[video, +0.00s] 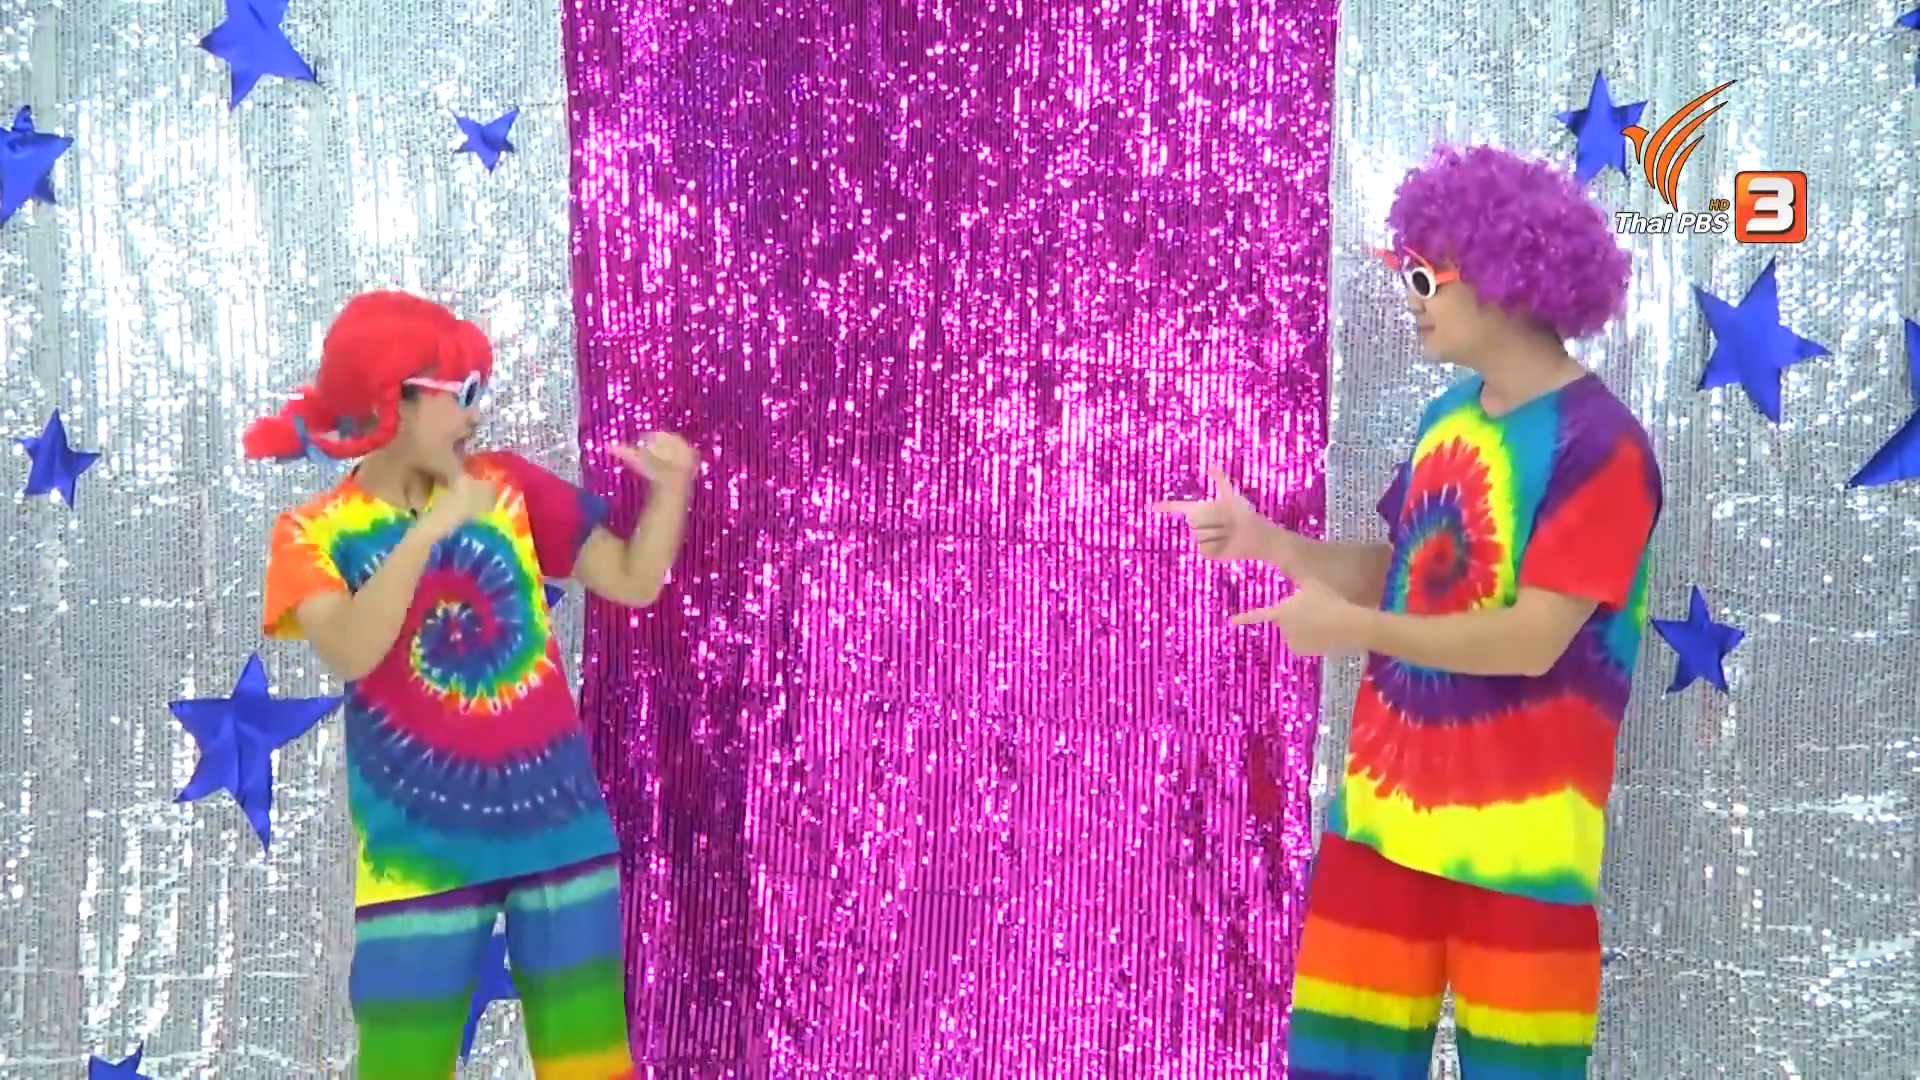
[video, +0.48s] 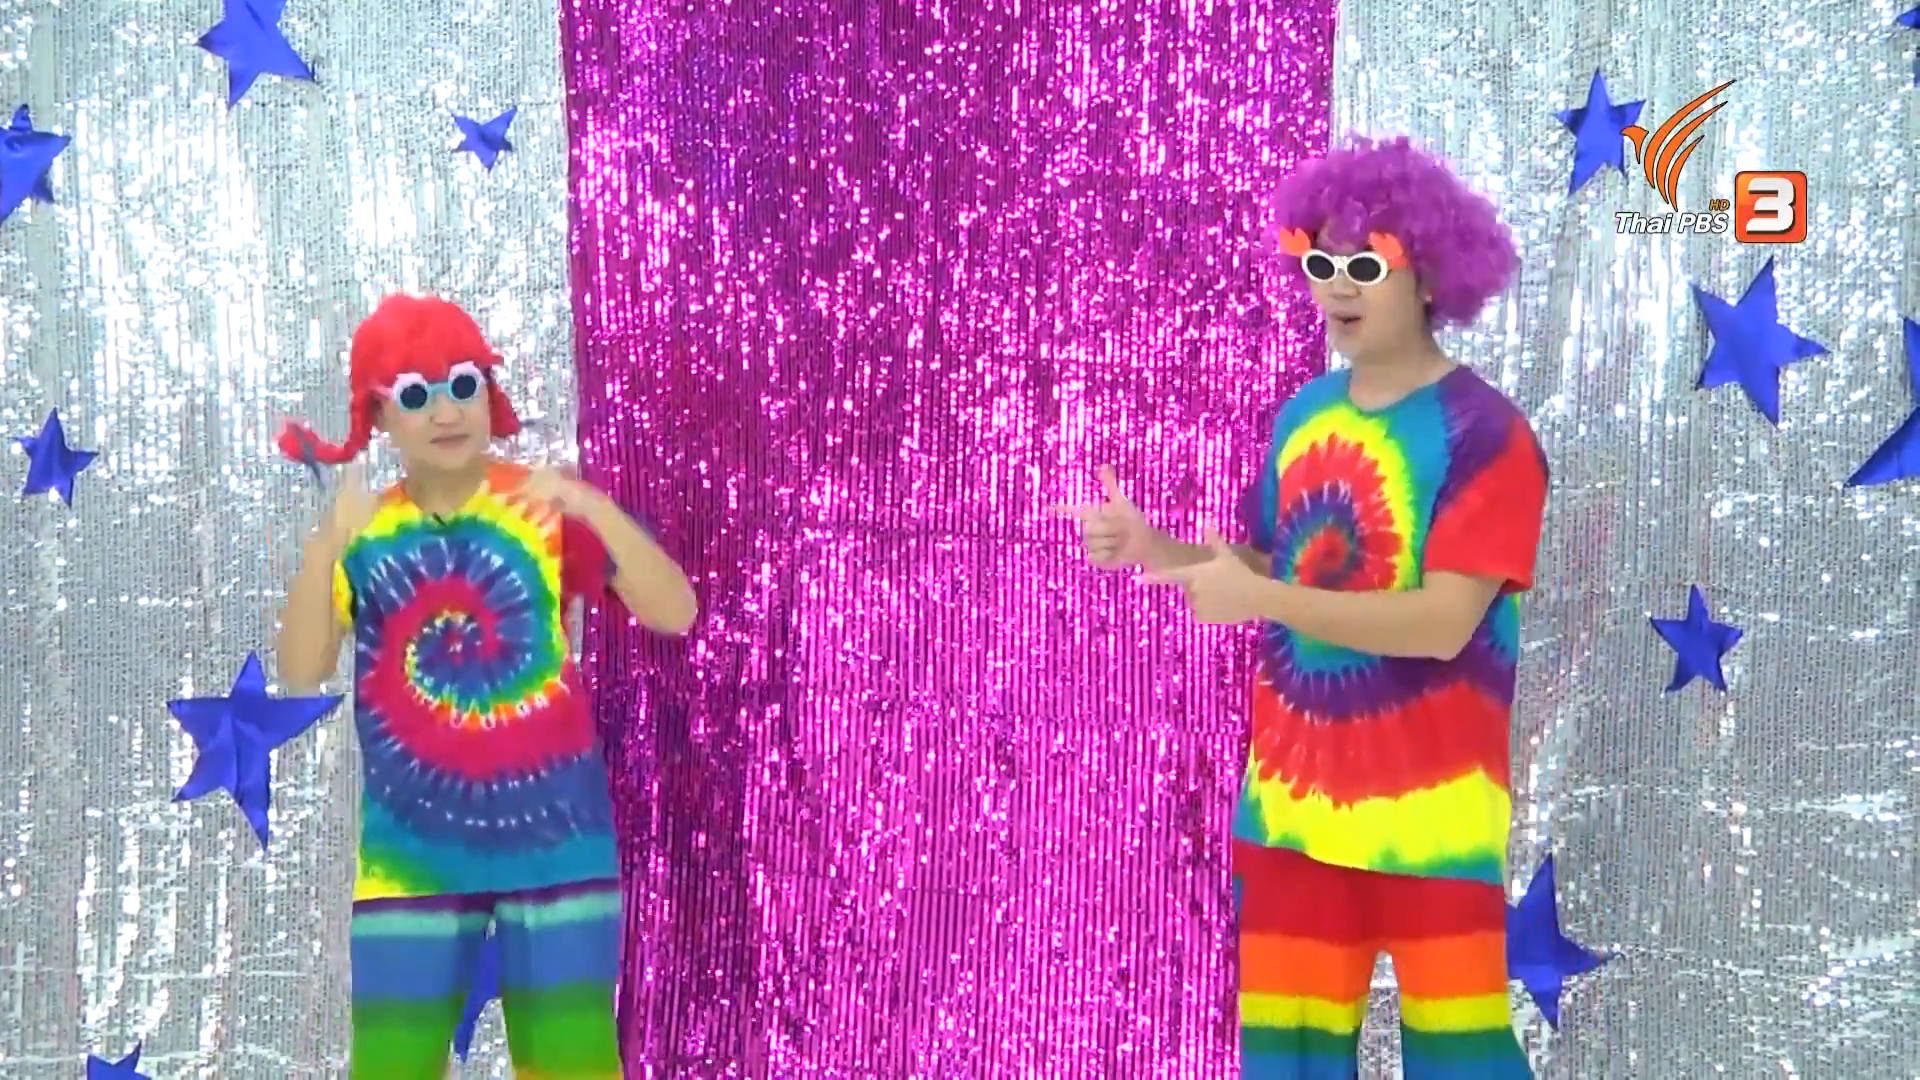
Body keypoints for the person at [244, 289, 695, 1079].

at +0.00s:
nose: (475, 414)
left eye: (473, 394)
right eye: (458, 394)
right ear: (392, 404)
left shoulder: (507, 485)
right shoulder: (309, 533)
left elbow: (633, 579)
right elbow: (351, 650)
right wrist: (432, 525)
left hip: (562, 839)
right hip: (418, 855)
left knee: (589, 1063)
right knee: (402, 1067)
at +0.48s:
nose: (446, 410)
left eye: (463, 384)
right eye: (415, 395)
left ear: (490, 394)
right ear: (381, 420)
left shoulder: (548, 504)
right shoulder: (360, 531)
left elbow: (675, 612)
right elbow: (300, 669)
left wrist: (596, 507)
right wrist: (334, 532)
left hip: (558, 850)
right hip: (408, 857)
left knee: (573, 1063)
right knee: (391, 1065)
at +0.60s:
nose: (465, 423)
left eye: (483, 397)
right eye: (437, 409)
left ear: (525, 402)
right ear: (415, 431)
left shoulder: (584, 511)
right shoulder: (389, 535)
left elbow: (665, 624)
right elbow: (320, 650)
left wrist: (574, 596)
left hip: (562, 856)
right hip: (420, 858)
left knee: (565, 1064)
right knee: (389, 1063)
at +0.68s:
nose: (484, 409)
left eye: (502, 381)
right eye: (458, 396)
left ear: (551, 382)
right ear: (441, 417)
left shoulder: (605, 490)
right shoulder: (414, 512)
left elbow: (627, 590)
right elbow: (344, 642)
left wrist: (602, 677)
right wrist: (270, 761)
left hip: (563, 831)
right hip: (430, 829)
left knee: (561, 1056)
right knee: (395, 1054)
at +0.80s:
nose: (499, 392)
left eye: (520, 364)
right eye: (477, 375)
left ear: (575, 371)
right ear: (463, 396)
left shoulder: (611, 485)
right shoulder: (449, 506)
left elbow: (634, 629)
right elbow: (392, 649)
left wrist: (638, 762)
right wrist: (310, 776)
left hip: (571, 812)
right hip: (448, 808)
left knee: (573, 1046)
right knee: (406, 1043)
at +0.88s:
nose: (508, 382)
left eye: (531, 357)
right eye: (486, 365)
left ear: (584, 374)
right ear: (472, 391)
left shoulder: (614, 499)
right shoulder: (470, 511)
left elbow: (653, 664)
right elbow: (436, 657)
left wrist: (658, 822)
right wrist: (373, 774)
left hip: (574, 832)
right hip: (452, 824)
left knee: (574, 1056)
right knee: (410, 1051)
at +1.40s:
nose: (547, 380)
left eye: (574, 360)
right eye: (528, 358)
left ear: (618, 387)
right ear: (505, 380)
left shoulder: (649, 522)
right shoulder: (463, 487)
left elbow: (696, 688)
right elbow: (428, 613)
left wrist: (733, 836)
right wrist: (381, 700)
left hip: (577, 835)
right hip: (439, 822)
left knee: (591, 1062)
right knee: (406, 1057)